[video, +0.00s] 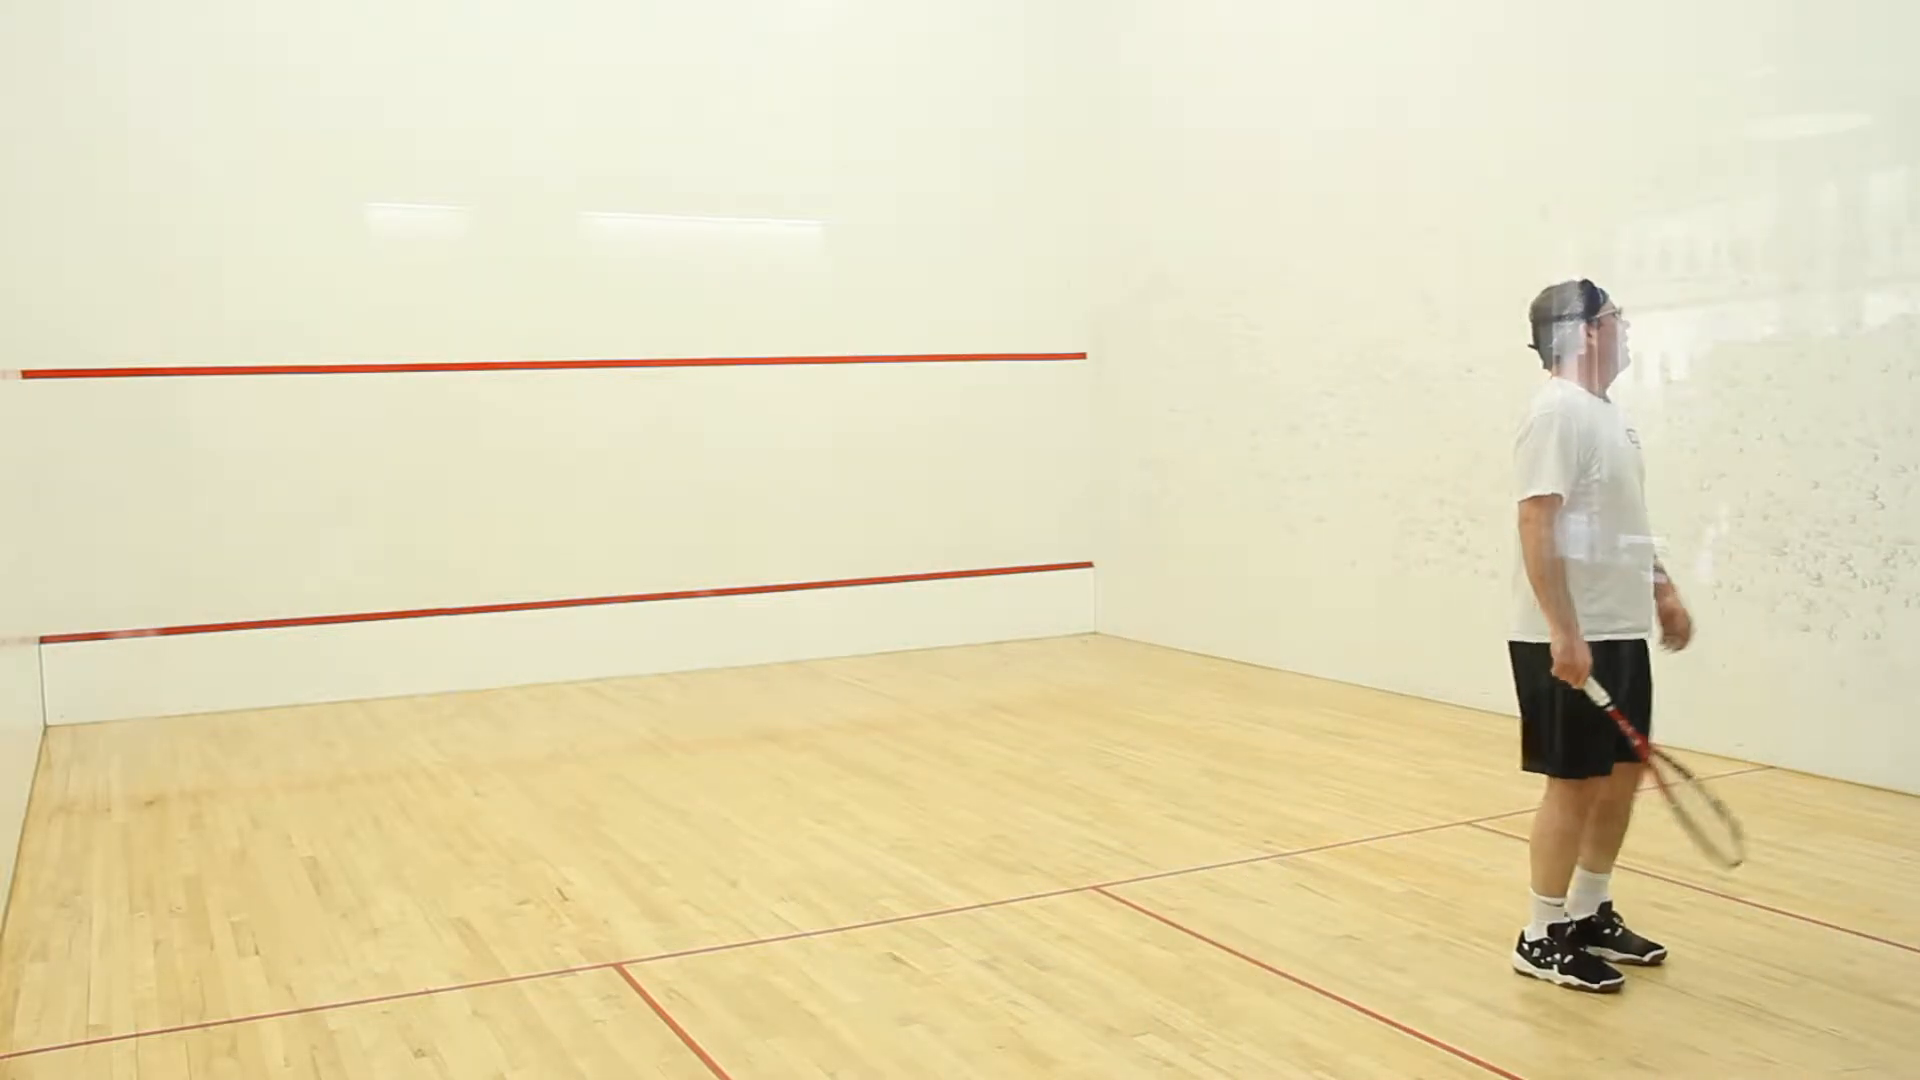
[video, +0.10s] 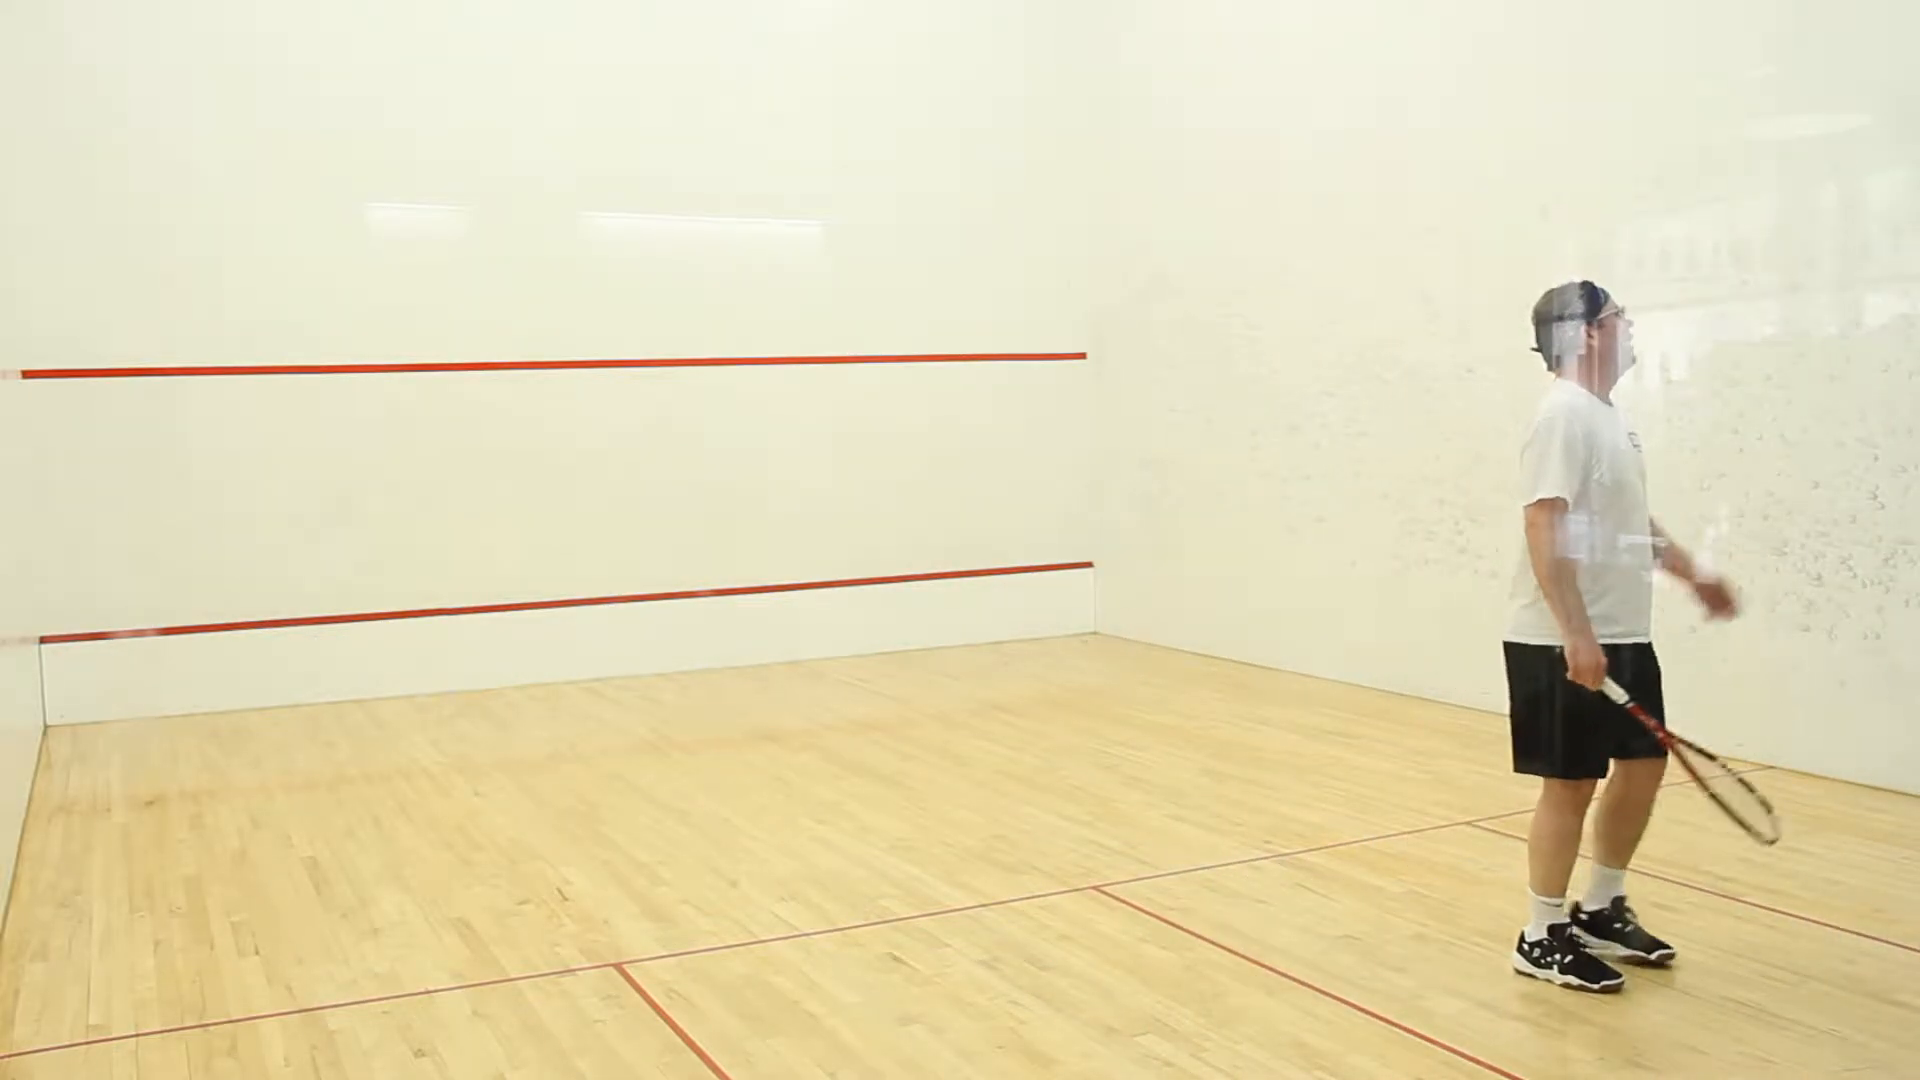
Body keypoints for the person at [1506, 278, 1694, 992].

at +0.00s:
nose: (1625, 331)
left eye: (1619, 321)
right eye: (1616, 321)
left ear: (1583, 337)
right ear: (1590, 333)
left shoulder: (1607, 414)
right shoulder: (1557, 410)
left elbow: (1625, 520)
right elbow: (1535, 527)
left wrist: (1662, 588)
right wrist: (1565, 633)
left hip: (1621, 633)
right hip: (1569, 636)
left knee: (1624, 769)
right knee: (1574, 780)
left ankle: (1588, 914)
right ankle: (1542, 935)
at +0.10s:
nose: (1628, 331)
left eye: (1624, 320)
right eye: (1619, 321)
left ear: (1590, 335)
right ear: (1592, 333)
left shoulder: (1608, 418)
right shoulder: (1563, 415)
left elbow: (1629, 523)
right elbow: (1542, 531)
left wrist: (1692, 575)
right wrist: (1577, 634)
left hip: (1622, 638)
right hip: (1563, 641)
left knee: (1643, 764)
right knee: (1569, 782)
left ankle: (1599, 909)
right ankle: (1543, 934)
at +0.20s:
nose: (1635, 336)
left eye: (1631, 324)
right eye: (1626, 325)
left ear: (1591, 337)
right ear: (1594, 335)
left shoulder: (1614, 418)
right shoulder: (1563, 416)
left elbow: (1643, 514)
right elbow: (1549, 536)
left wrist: (1726, 538)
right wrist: (1588, 630)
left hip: (1624, 635)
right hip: (1563, 638)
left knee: (1640, 764)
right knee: (1571, 778)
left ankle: (1622, 913)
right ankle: (1544, 935)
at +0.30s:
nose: (1644, 327)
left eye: (1638, 316)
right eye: (1632, 317)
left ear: (1601, 335)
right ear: (1600, 334)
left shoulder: (1634, 423)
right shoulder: (1560, 420)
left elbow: (1678, 507)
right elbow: (1548, 539)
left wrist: (1773, 501)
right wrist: (1592, 628)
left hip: (1630, 636)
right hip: (1565, 640)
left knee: (1634, 769)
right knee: (1573, 780)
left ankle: (1618, 916)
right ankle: (1543, 935)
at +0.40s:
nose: (1652, 334)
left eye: (1650, 323)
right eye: (1640, 323)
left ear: (1619, 337)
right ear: (1599, 335)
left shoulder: (1654, 421)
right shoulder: (1555, 424)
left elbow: (1713, 499)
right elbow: (1534, 531)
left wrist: (1810, 473)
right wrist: (1578, 623)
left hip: (1637, 636)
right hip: (1565, 636)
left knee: (1633, 769)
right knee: (1571, 778)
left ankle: (1620, 918)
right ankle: (1543, 935)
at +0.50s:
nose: (1654, 351)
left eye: (1656, 338)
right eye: (1642, 337)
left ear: (1646, 342)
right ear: (1596, 340)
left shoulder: (1664, 418)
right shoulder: (1552, 420)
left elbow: (1729, 486)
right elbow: (1521, 525)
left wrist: (1837, 460)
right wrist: (1551, 625)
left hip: (1642, 636)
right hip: (1568, 635)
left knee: (1632, 768)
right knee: (1573, 778)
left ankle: (1618, 917)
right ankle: (1543, 933)